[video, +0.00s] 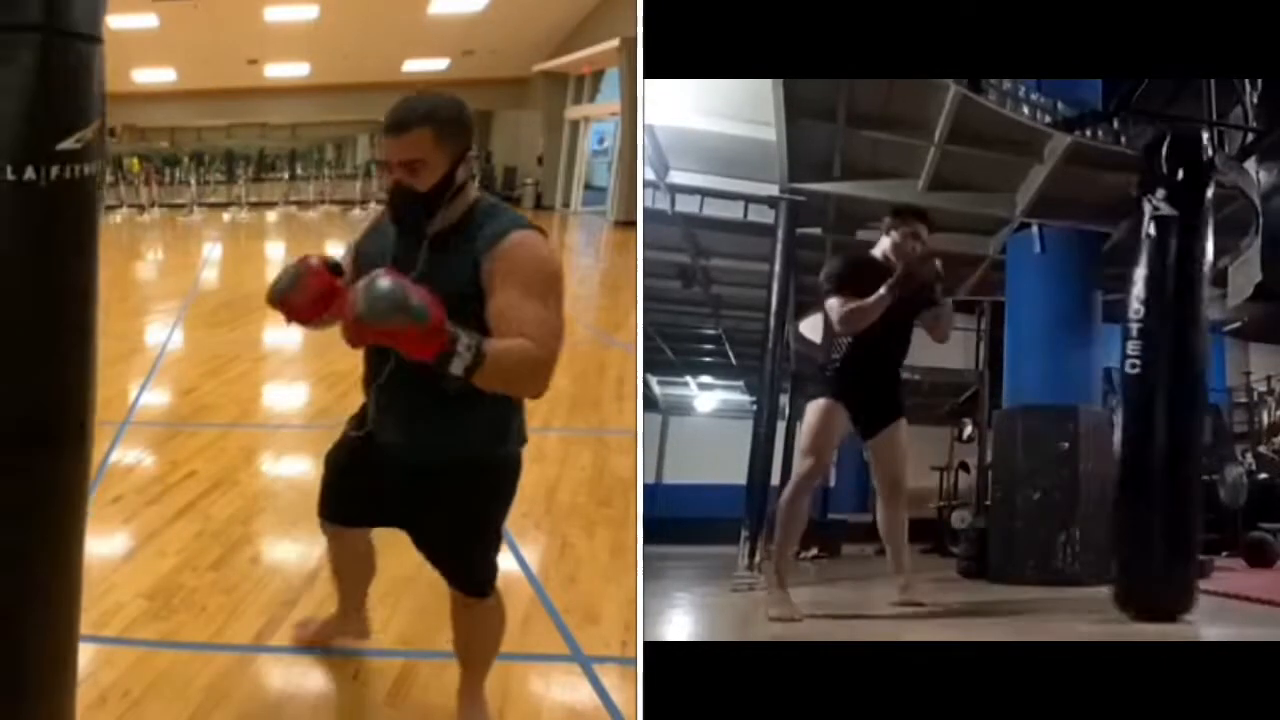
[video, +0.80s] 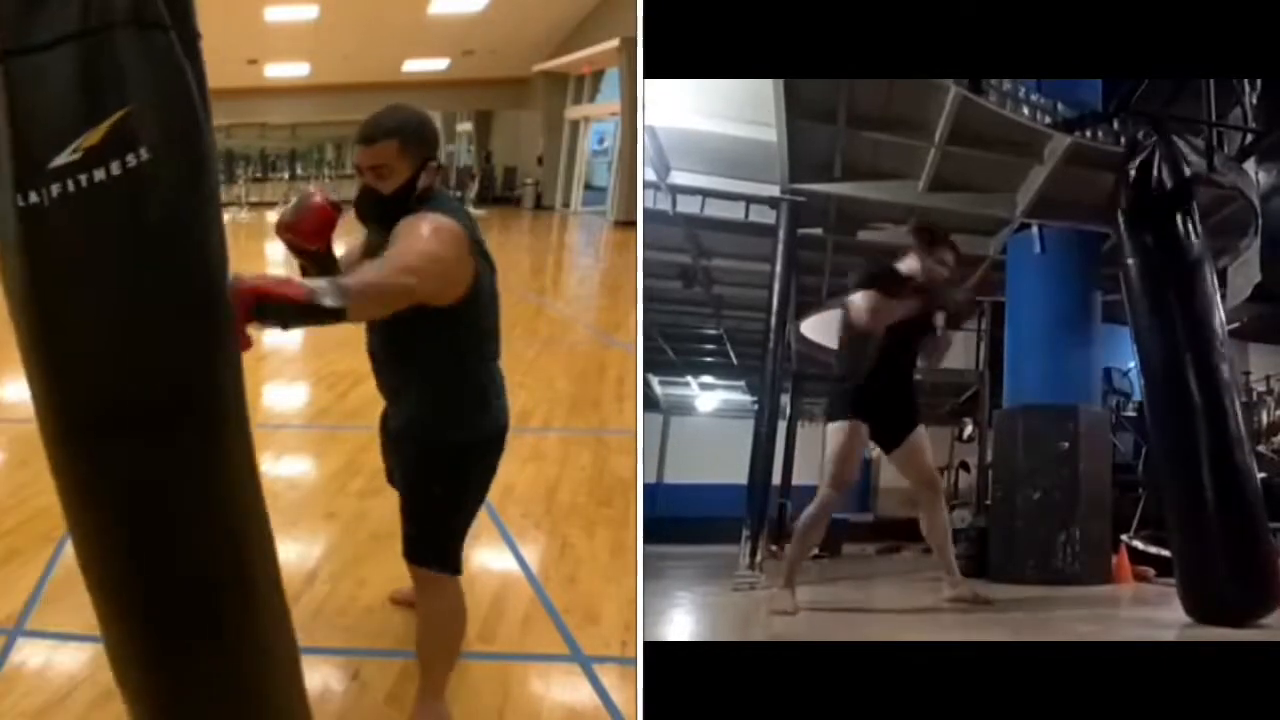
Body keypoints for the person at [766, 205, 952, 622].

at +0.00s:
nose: (913, 245)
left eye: (919, 240)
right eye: (908, 236)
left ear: (924, 248)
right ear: (886, 235)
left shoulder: (916, 283)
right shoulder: (849, 267)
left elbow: (940, 333)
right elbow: (841, 322)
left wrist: (934, 284)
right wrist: (890, 287)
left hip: (884, 390)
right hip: (838, 383)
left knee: (893, 488)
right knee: (810, 470)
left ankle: (904, 584)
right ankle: (776, 587)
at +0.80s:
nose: (945, 273)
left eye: (950, 268)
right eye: (941, 263)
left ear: (946, 270)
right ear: (918, 255)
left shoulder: (928, 300)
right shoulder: (880, 277)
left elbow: (932, 360)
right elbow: (864, 316)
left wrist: (947, 329)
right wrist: (918, 299)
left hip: (896, 401)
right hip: (854, 395)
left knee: (930, 487)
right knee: (833, 490)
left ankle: (953, 581)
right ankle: (785, 583)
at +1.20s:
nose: (986, 282)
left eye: (991, 274)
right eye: (981, 271)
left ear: (991, 276)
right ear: (957, 263)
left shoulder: (979, 309)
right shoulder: (915, 284)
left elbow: (985, 360)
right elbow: (891, 342)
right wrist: (945, 318)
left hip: (942, 405)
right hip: (899, 397)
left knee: (989, 480)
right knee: (877, 480)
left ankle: (962, 574)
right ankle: (827, 586)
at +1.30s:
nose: (1003, 287)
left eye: (1007, 281)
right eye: (999, 278)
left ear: (1006, 280)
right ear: (980, 269)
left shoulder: (992, 308)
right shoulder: (940, 285)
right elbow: (918, 332)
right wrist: (969, 316)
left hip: (946, 404)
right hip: (904, 397)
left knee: (991, 480)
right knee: (883, 485)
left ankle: (997, 577)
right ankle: (827, 586)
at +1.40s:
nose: (1029, 308)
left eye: (1033, 300)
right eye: (1027, 297)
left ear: (1013, 294)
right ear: (1005, 286)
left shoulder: (1000, 321)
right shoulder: (967, 296)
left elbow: (987, 365)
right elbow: (970, 347)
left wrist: (1010, 355)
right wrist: (1013, 340)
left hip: (962, 418)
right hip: (921, 410)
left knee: (1015, 483)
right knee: (890, 496)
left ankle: (1017, 581)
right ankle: (820, 589)